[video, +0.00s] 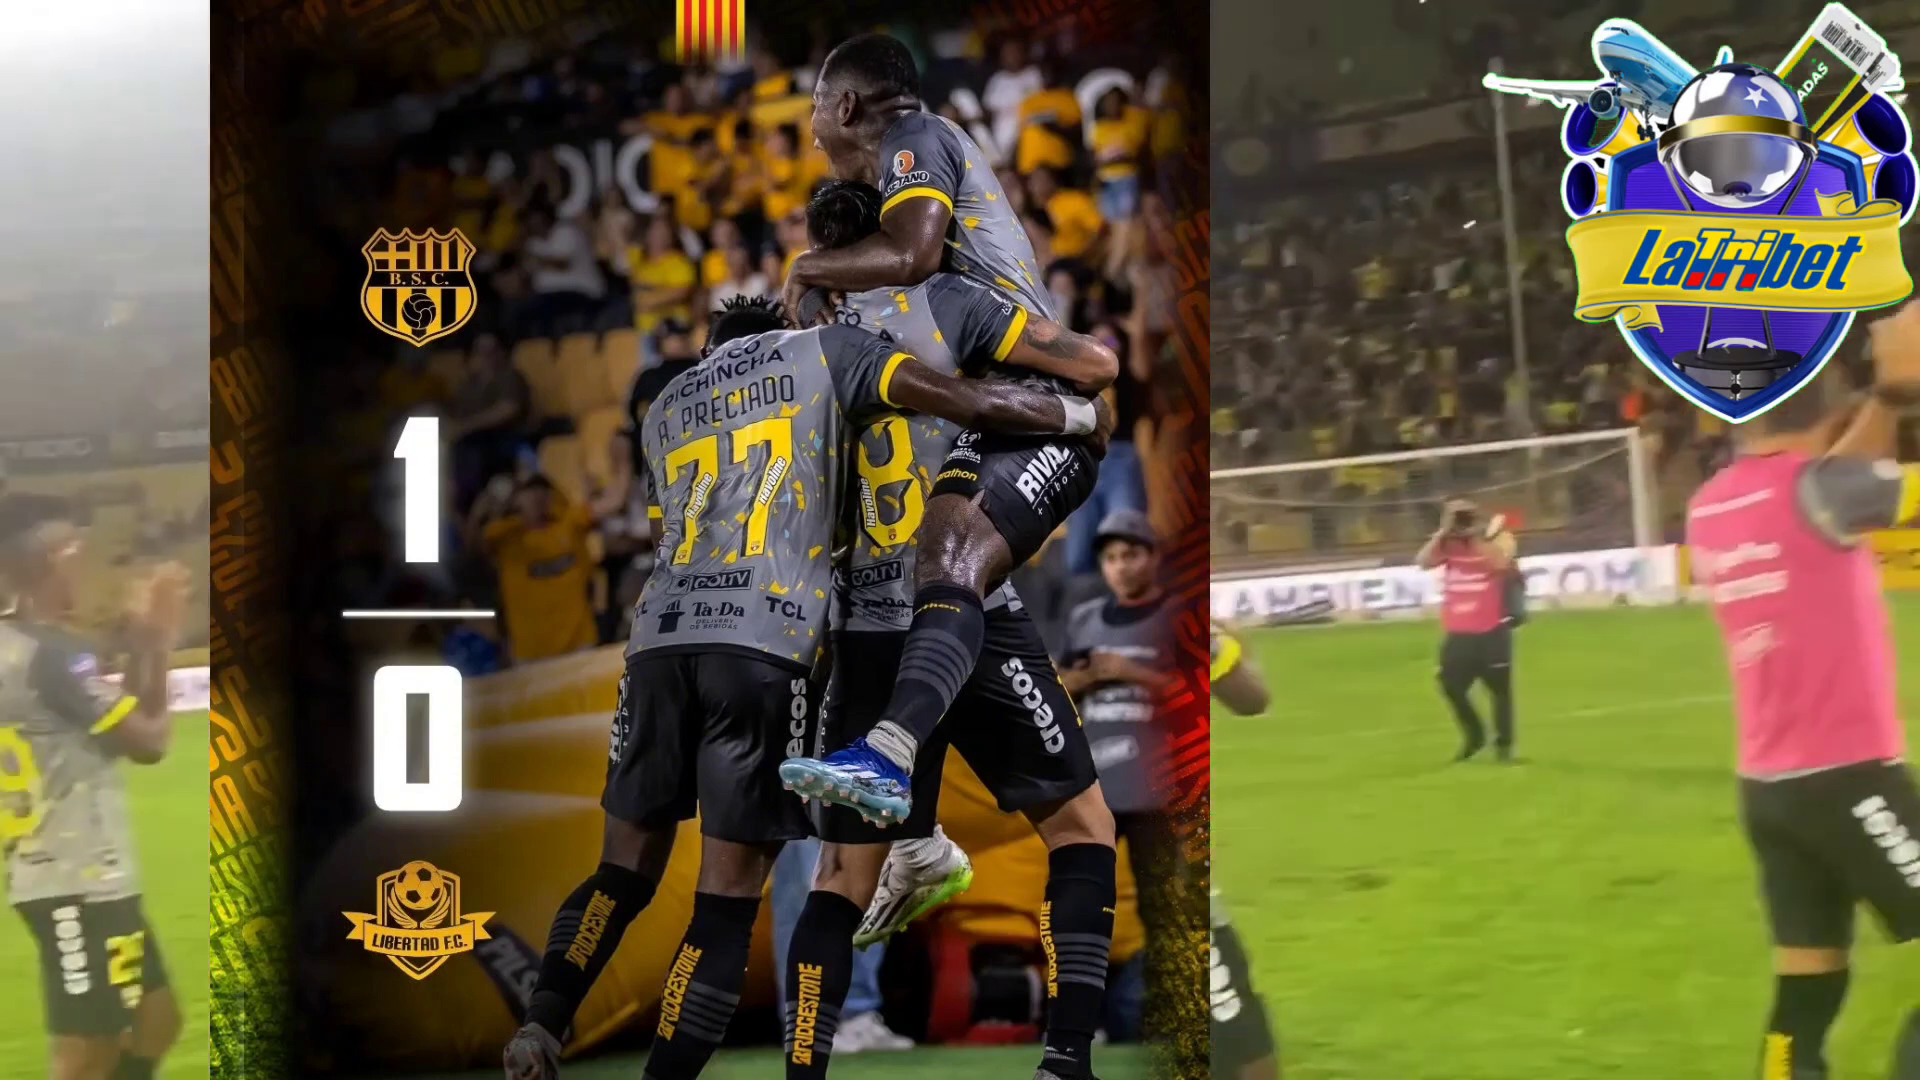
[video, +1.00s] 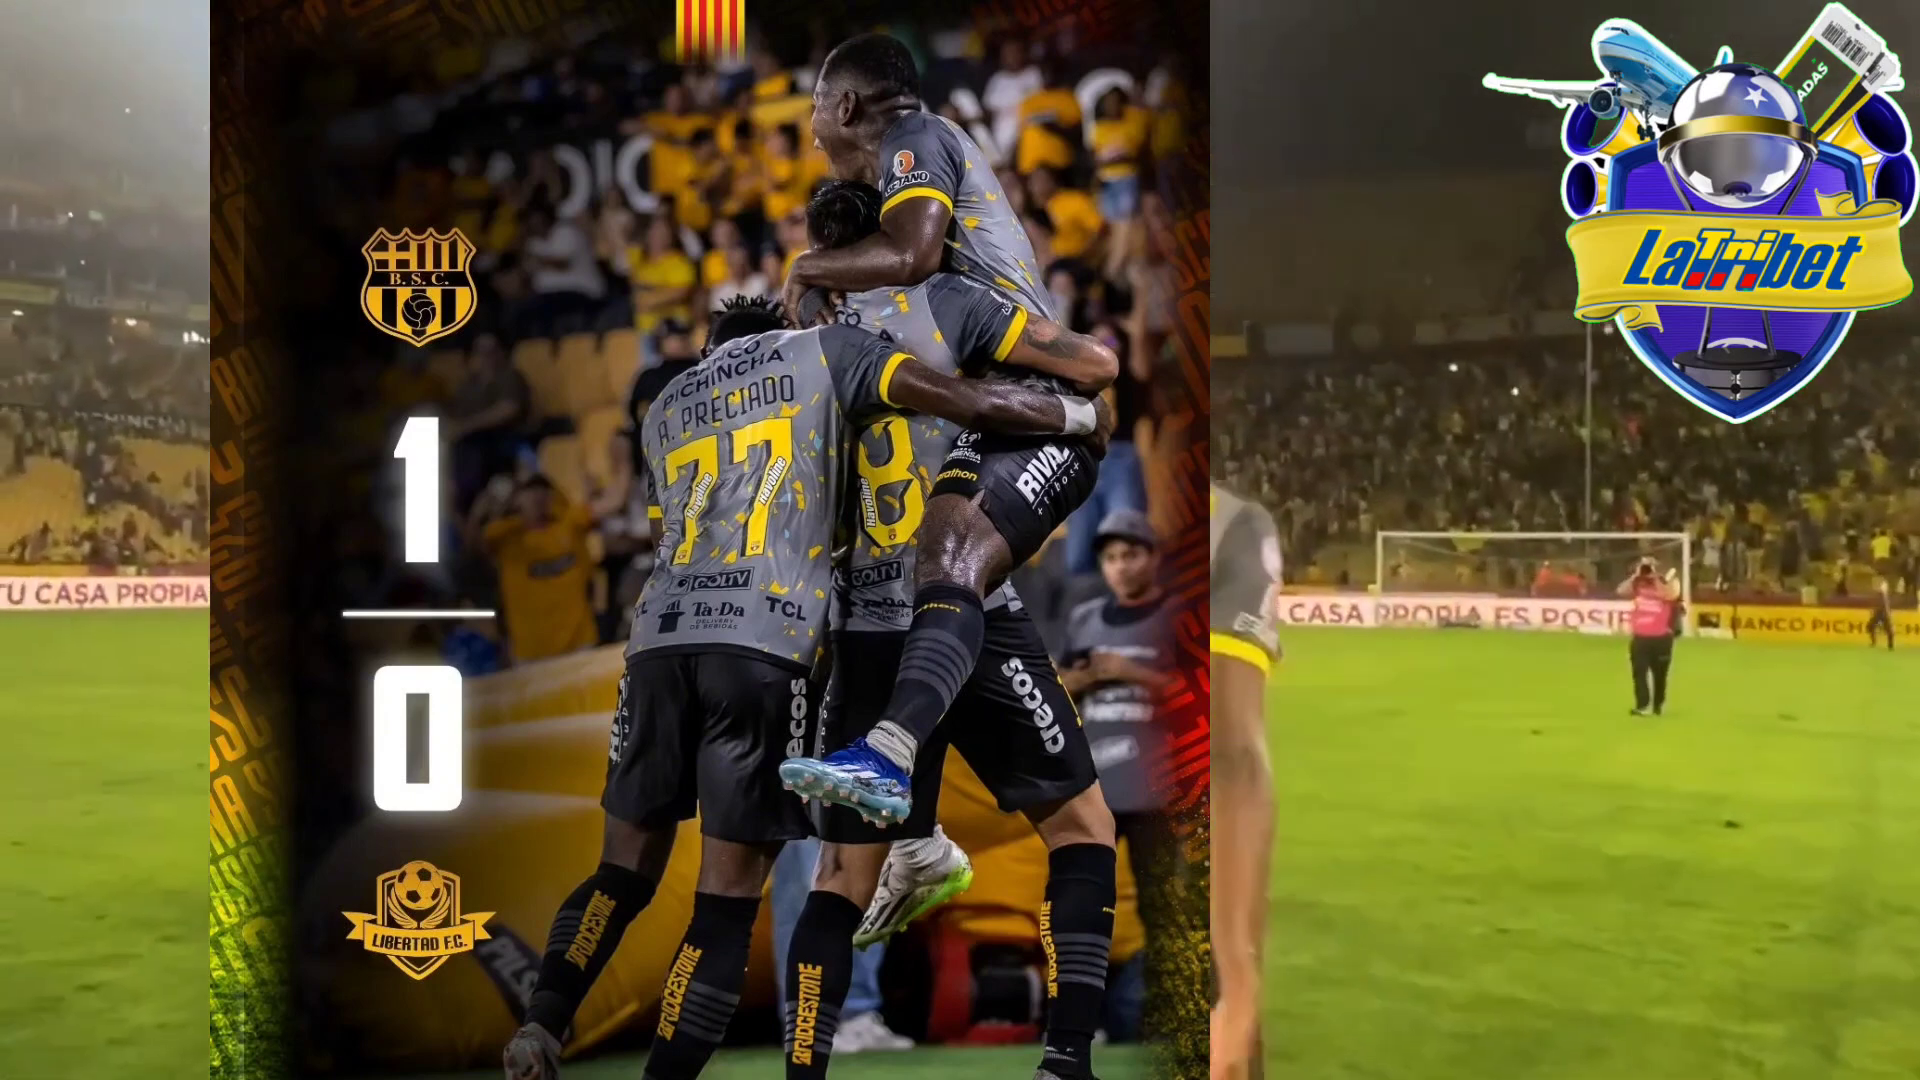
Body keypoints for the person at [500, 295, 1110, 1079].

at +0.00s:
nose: (826, 325)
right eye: (814, 319)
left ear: (710, 345)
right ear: (793, 324)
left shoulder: (661, 406)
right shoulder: (829, 348)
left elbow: (682, 519)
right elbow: (970, 399)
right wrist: (1086, 418)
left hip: (657, 648)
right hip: (762, 649)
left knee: (623, 865)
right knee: (727, 892)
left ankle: (542, 1027)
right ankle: (667, 1075)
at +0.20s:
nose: (826, 325)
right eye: (814, 319)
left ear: (709, 346)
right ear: (792, 324)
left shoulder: (660, 405)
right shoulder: (830, 348)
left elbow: (680, 521)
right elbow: (970, 400)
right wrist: (1088, 416)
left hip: (657, 648)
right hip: (762, 649)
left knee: (623, 865)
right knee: (727, 892)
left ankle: (542, 1028)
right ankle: (667, 1075)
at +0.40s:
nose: (828, 326)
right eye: (816, 319)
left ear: (709, 345)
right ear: (792, 324)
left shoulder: (661, 406)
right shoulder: (829, 348)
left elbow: (681, 519)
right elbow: (969, 399)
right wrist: (1087, 418)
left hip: (657, 648)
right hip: (762, 648)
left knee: (623, 866)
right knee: (728, 891)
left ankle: (542, 1027)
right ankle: (667, 1076)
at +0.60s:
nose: (828, 326)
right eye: (816, 319)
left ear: (709, 345)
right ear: (792, 324)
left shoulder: (661, 406)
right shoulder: (829, 348)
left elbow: (681, 519)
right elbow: (969, 399)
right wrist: (1087, 418)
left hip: (657, 648)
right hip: (762, 648)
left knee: (623, 866)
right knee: (728, 891)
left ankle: (542, 1027)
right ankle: (667, 1076)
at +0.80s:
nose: (827, 326)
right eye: (815, 319)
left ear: (709, 345)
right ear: (792, 324)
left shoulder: (661, 406)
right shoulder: (829, 348)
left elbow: (681, 520)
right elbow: (969, 399)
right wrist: (1086, 419)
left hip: (657, 648)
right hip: (762, 648)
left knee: (623, 866)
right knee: (727, 891)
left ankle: (542, 1027)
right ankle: (667, 1076)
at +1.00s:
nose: (827, 326)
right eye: (815, 319)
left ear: (709, 345)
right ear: (792, 324)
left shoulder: (661, 406)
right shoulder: (829, 348)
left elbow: (681, 520)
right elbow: (969, 399)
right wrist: (1086, 419)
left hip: (657, 648)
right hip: (762, 648)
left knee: (623, 866)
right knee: (727, 891)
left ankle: (542, 1027)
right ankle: (667, 1076)